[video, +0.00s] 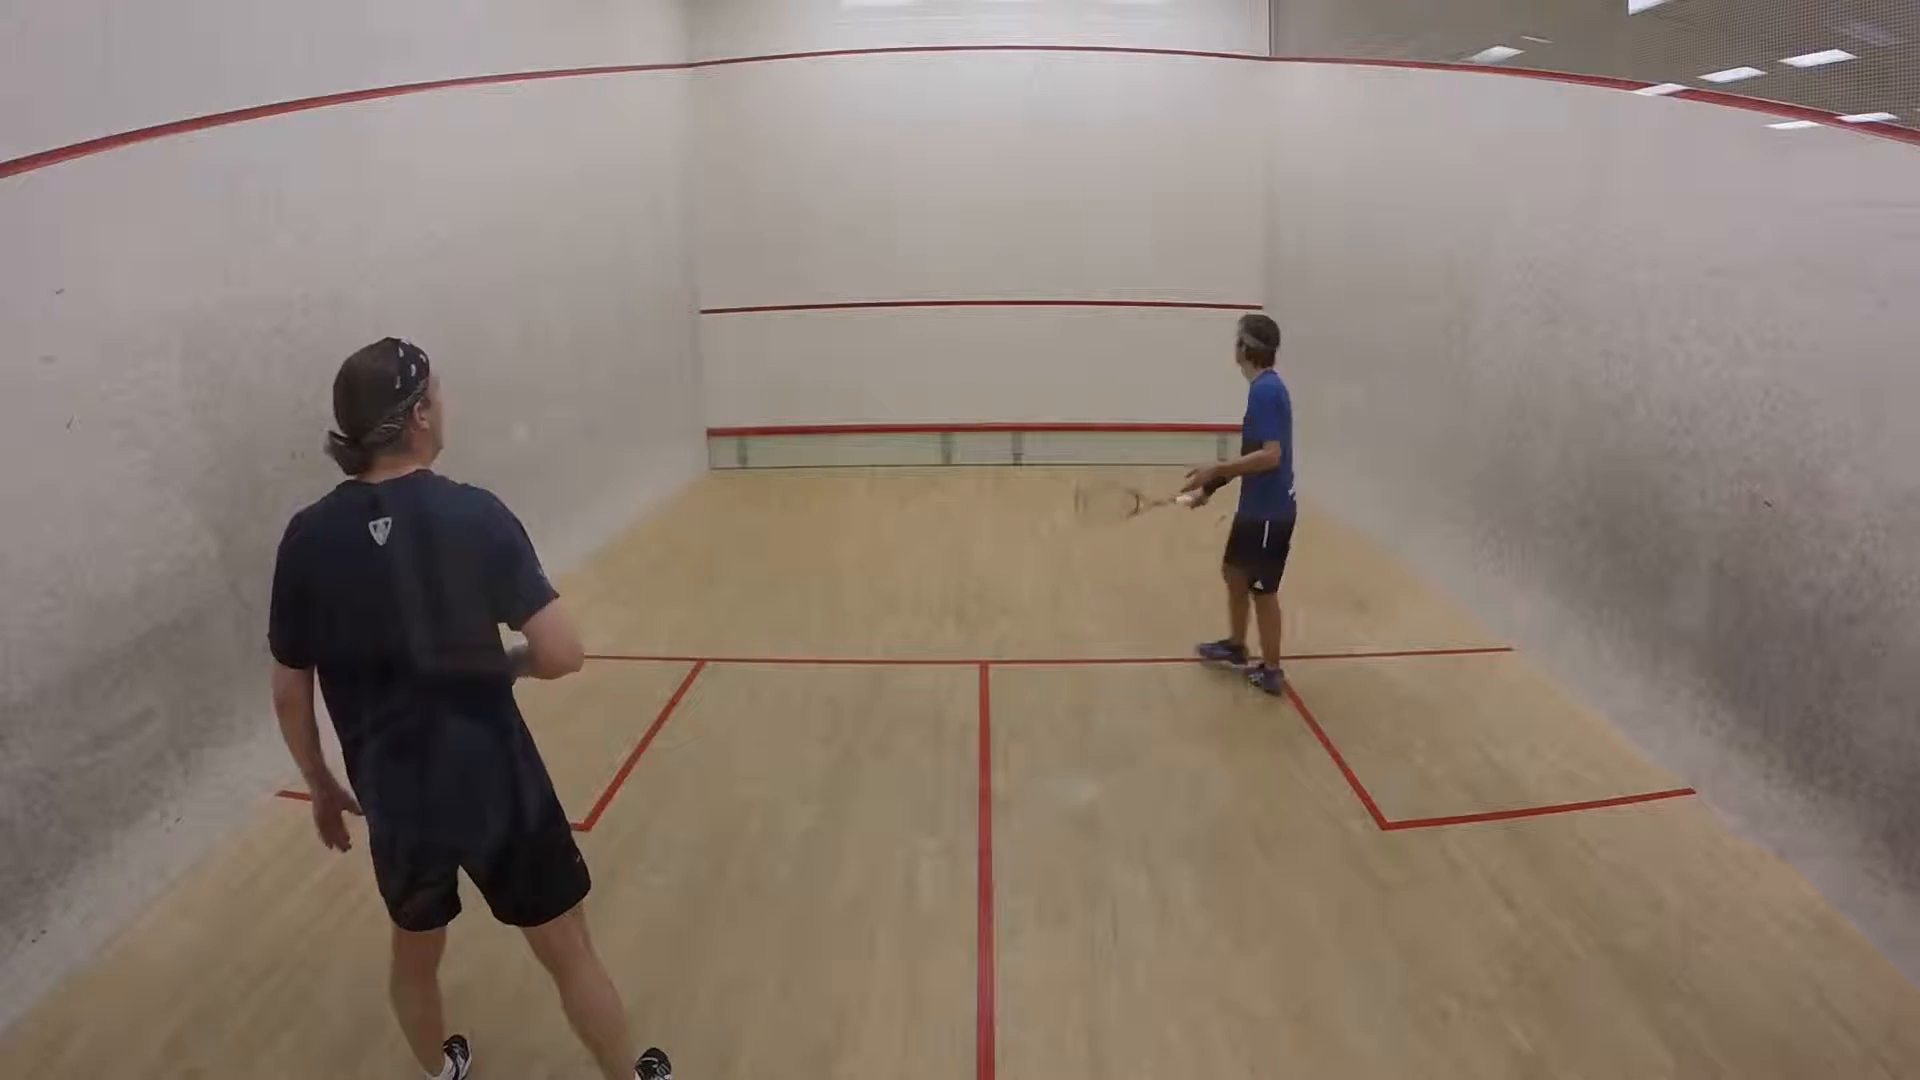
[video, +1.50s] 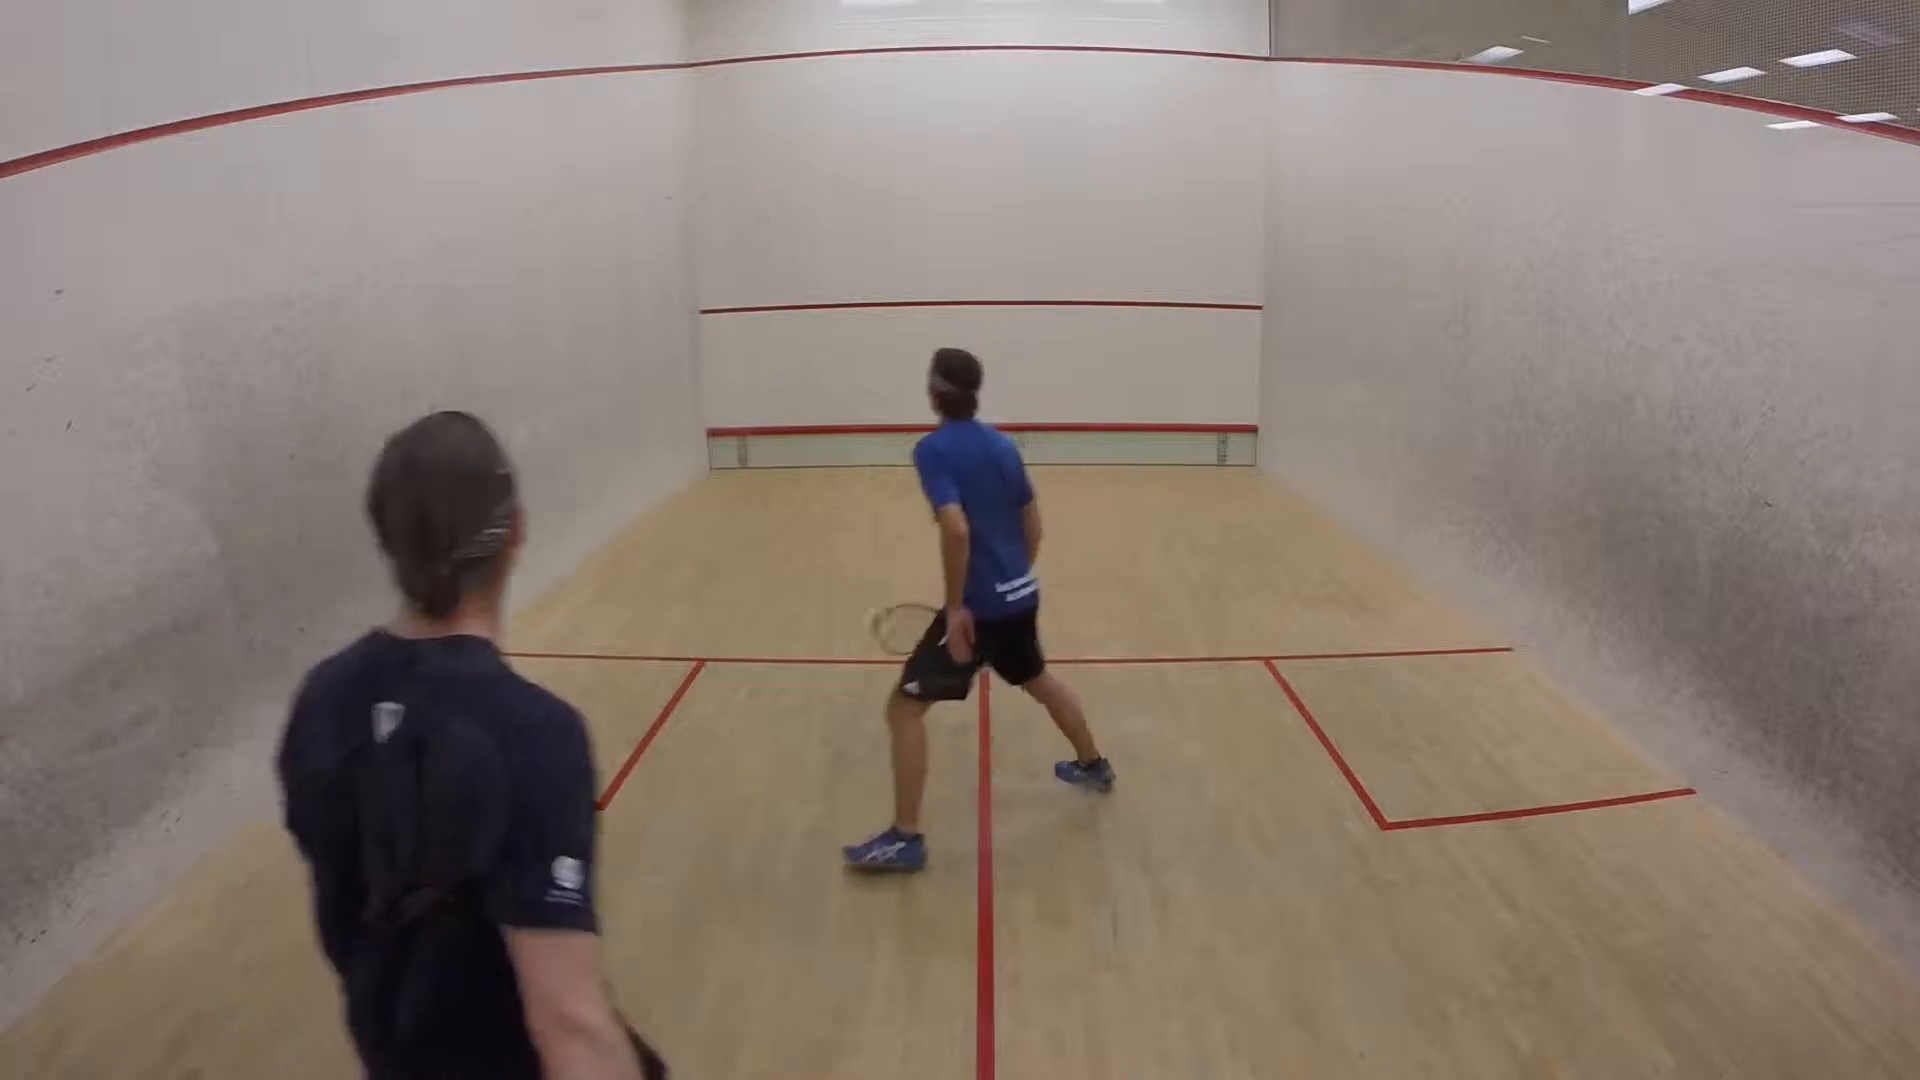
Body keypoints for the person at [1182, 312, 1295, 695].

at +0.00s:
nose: (1234, 350)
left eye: (1237, 344)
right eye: (1236, 343)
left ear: (1245, 347)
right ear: (1268, 349)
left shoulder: (1267, 390)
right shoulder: (1264, 389)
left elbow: (1271, 456)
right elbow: (1255, 455)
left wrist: (1216, 471)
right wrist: (1214, 484)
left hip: (1271, 512)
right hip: (1254, 508)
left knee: (1263, 588)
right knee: (1235, 573)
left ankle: (1271, 669)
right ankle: (1237, 644)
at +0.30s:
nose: (1183, 351)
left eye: (1192, 348)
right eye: (1188, 346)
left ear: (1208, 360)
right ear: (1203, 360)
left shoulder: (1226, 407)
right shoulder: (1194, 404)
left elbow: (1233, 474)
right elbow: (1203, 464)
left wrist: (1172, 487)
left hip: (1228, 527)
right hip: (1194, 523)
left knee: (1245, 600)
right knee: (1171, 597)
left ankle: (1270, 663)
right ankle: (1160, 682)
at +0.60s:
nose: (1140, 348)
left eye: (1151, 344)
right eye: (1140, 341)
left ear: (1169, 357)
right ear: (1138, 351)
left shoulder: (1174, 400)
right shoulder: (1140, 400)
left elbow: (1183, 469)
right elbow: (1143, 465)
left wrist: (1126, 494)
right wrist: (1122, 499)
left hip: (1165, 526)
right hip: (1138, 521)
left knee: (1144, 610)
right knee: (1128, 600)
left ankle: (1184, 664)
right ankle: (1151, 681)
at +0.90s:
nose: (1086, 360)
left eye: (1097, 356)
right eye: (1087, 353)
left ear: (1116, 369)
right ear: (1090, 363)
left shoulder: (1115, 415)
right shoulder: (1102, 411)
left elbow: (1132, 483)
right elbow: (1087, 472)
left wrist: (1092, 536)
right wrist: (1042, 504)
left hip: (1114, 542)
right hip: (1122, 537)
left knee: (1054, 625)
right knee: (1103, 607)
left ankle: (1061, 733)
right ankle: (1147, 679)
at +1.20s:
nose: (1010, 332)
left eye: (1017, 326)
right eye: (1015, 325)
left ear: (1034, 335)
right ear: (1048, 339)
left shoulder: (1027, 383)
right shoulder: (1071, 387)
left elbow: (1047, 448)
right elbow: (1084, 460)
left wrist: (1046, 518)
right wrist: (1064, 504)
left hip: (1038, 533)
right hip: (1078, 526)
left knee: (1022, 636)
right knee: (1068, 616)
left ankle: (1032, 740)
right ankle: (1107, 705)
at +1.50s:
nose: (927, 391)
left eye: (930, 384)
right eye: (934, 383)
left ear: (936, 393)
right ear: (976, 393)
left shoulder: (933, 449)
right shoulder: (1001, 444)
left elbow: (956, 528)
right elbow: (1032, 526)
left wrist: (956, 607)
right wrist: (1016, 580)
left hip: (973, 609)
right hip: (1020, 600)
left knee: (904, 707)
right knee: (1038, 679)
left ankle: (906, 834)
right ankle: (1092, 763)